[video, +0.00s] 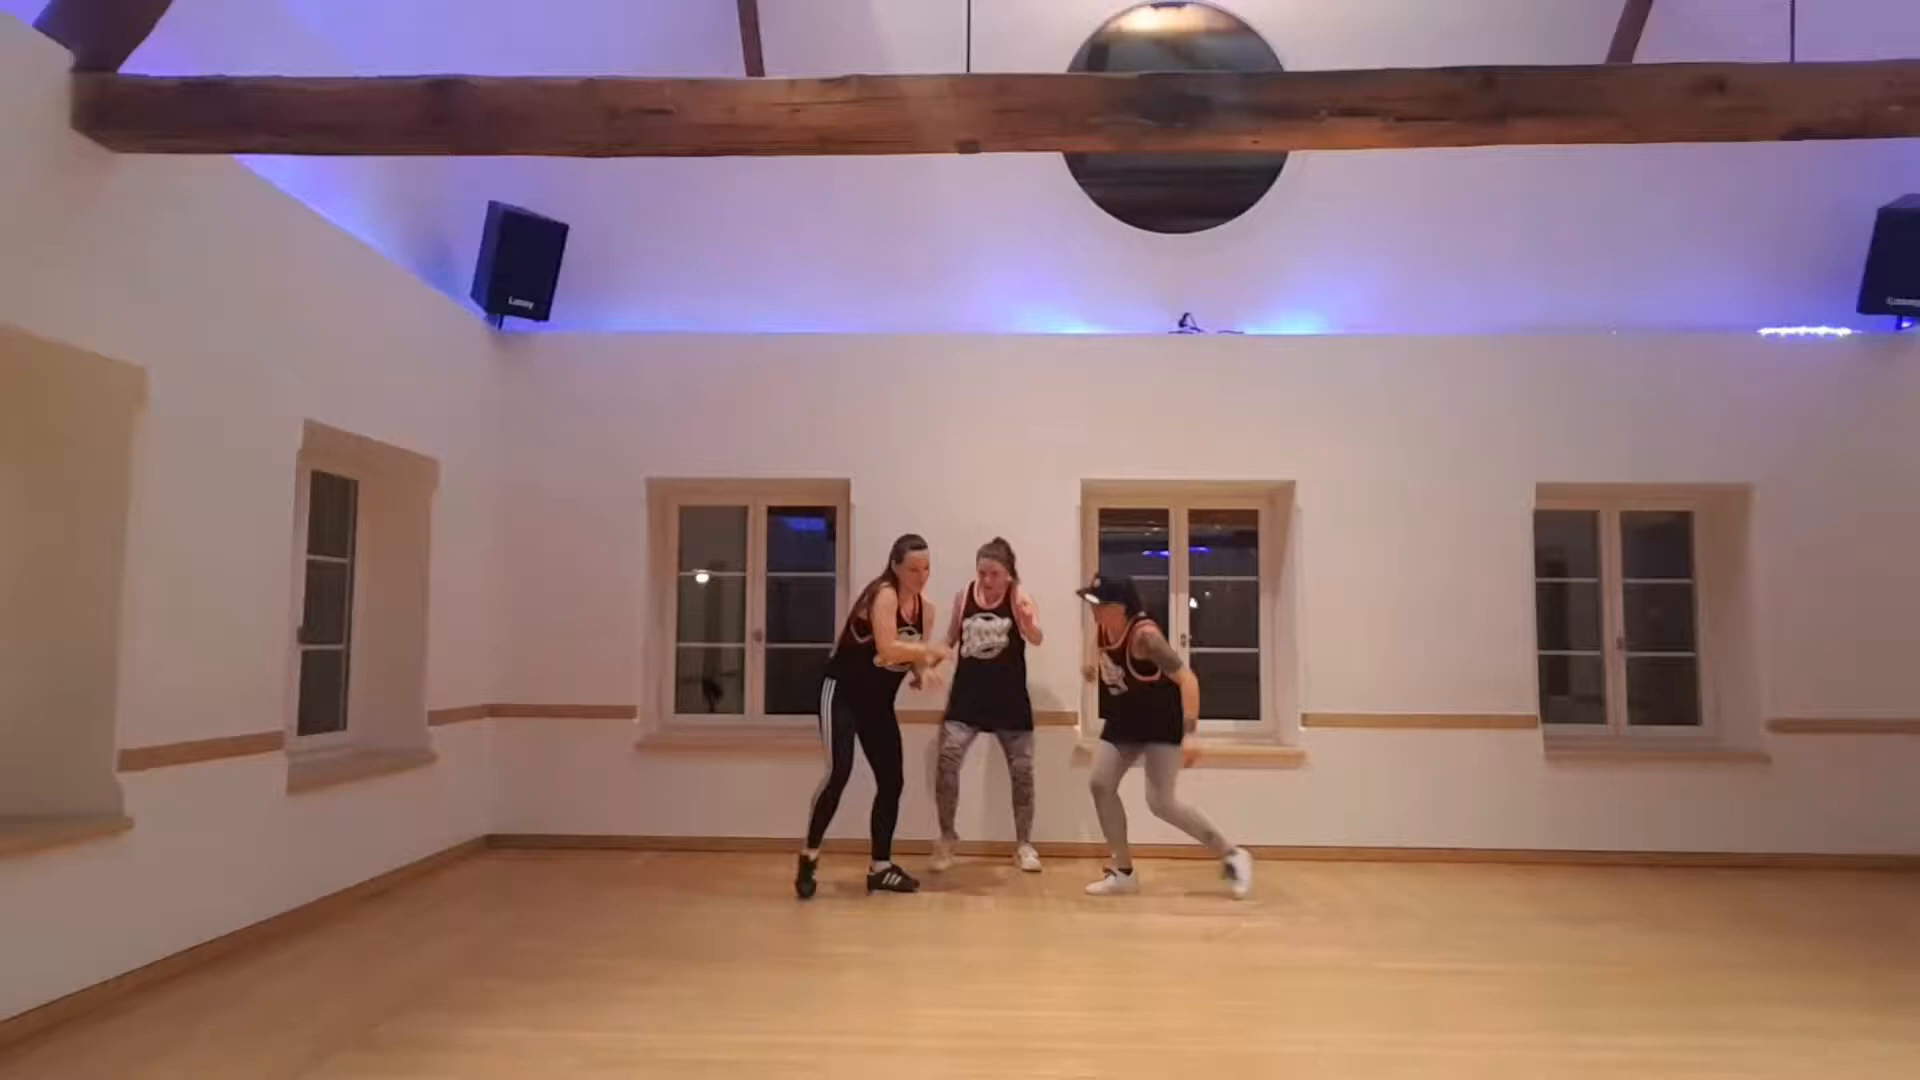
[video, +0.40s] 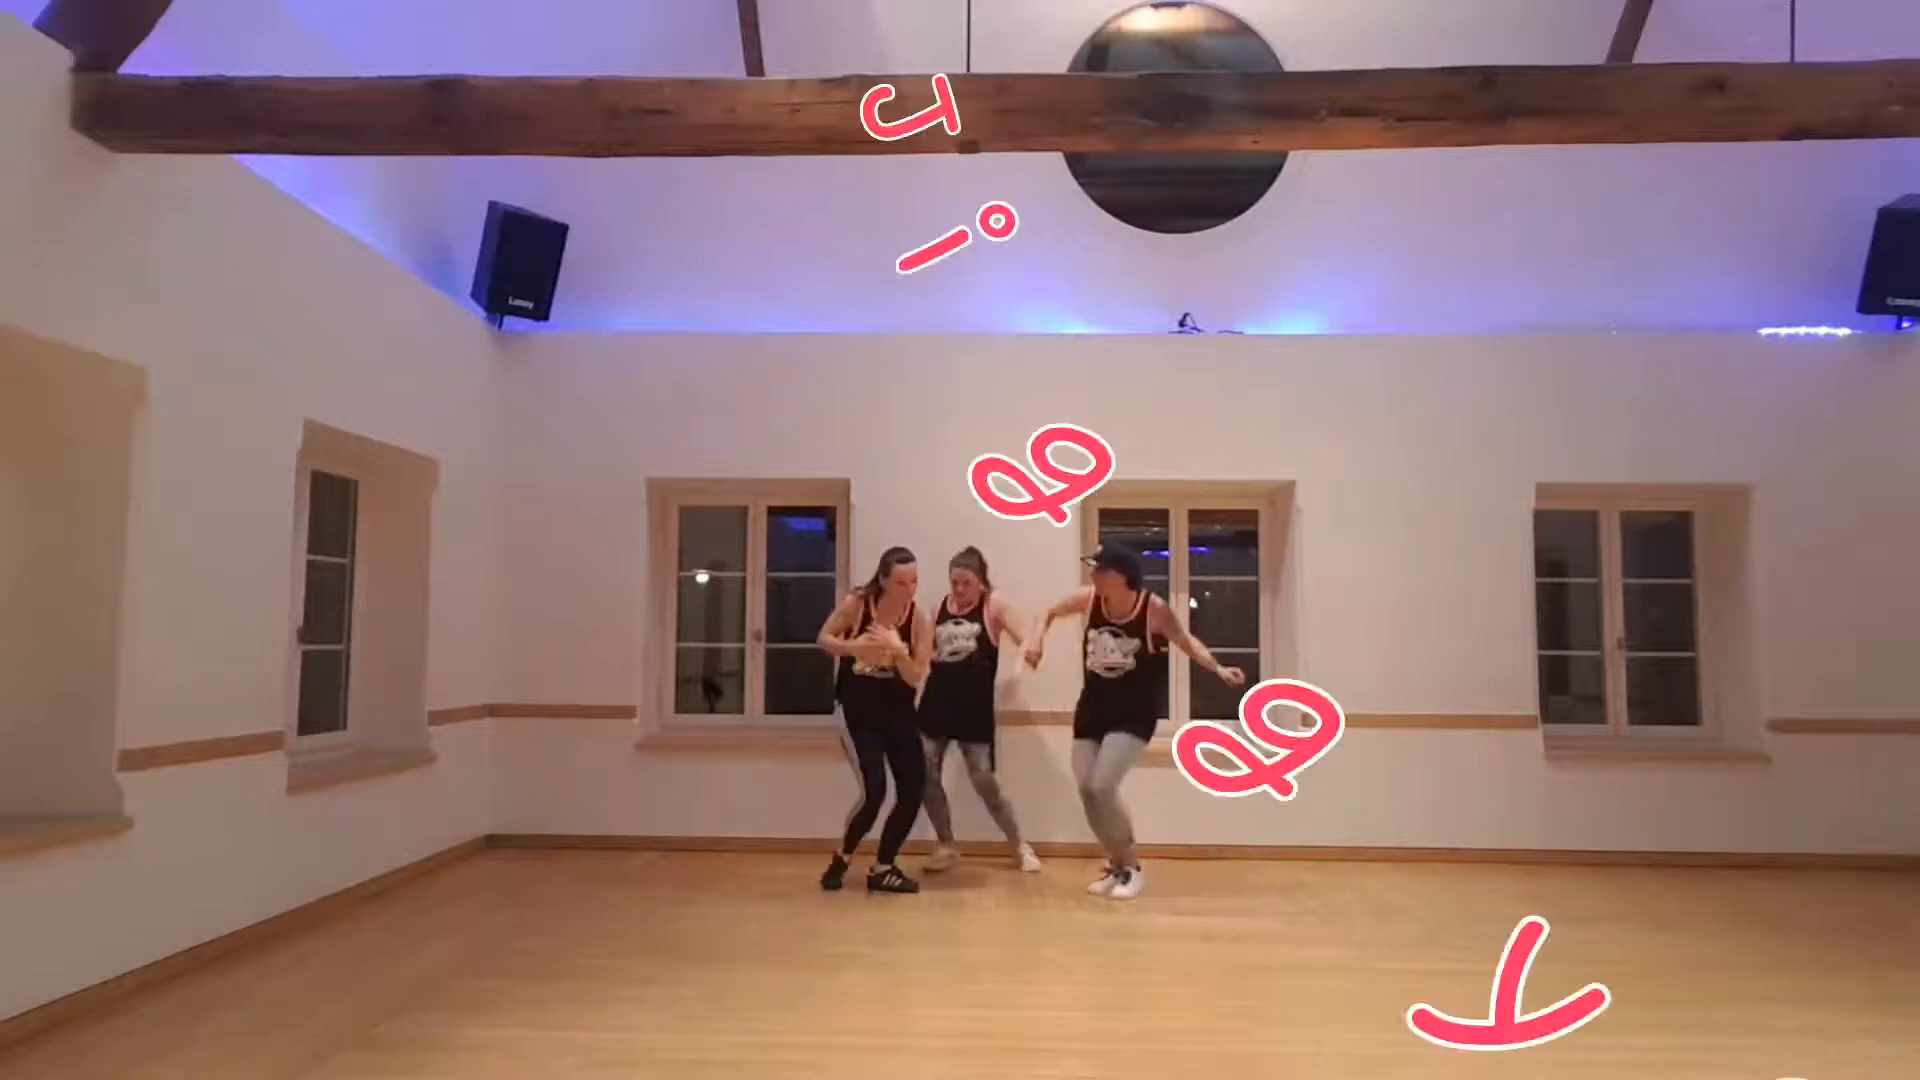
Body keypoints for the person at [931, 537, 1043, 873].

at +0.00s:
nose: (988, 580)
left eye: (995, 574)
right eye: (983, 573)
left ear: (1010, 574)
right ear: (976, 571)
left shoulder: (1019, 598)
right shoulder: (964, 597)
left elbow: (1036, 638)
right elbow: (951, 639)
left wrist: (1022, 617)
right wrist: (932, 664)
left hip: (1009, 698)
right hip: (968, 695)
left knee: (1022, 768)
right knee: (948, 757)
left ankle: (1024, 844)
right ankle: (947, 838)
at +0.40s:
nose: (959, 589)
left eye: (966, 583)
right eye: (954, 582)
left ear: (982, 582)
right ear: (948, 580)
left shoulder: (993, 607)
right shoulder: (940, 609)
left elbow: (1024, 636)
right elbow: (925, 650)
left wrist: (1025, 661)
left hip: (974, 704)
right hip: (936, 701)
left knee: (983, 777)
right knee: (926, 774)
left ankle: (1019, 845)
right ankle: (946, 845)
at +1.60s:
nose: (1004, 576)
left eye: (1011, 570)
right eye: (999, 570)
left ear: (1025, 573)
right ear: (993, 570)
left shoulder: (1031, 604)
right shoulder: (974, 602)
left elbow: (1054, 638)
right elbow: (945, 634)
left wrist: (1079, 664)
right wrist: (947, 677)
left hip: (1020, 691)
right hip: (984, 693)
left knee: (1022, 771)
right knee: (990, 766)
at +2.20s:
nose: (990, 574)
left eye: (998, 570)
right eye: (991, 569)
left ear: (1017, 580)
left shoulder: (1021, 621)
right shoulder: (987, 602)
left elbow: (976, 651)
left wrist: (956, 618)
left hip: (992, 707)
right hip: (955, 699)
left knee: (1005, 781)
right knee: (941, 772)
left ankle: (1011, 847)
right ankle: (939, 843)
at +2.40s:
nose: (970, 562)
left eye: (978, 558)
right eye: (971, 556)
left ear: (996, 567)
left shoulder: (1000, 599)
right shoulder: (976, 599)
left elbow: (968, 622)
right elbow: (961, 629)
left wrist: (954, 584)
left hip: (990, 696)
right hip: (957, 693)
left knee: (1002, 775)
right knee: (943, 767)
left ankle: (1014, 843)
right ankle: (939, 840)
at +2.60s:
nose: (942, 549)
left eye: (949, 545)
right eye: (943, 544)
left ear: (968, 554)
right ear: (949, 554)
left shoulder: (979, 586)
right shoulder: (948, 593)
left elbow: (987, 576)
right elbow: (940, 644)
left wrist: (963, 548)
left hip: (987, 688)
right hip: (950, 688)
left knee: (996, 764)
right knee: (944, 766)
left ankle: (1016, 835)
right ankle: (939, 836)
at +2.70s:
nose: (933, 556)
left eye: (940, 551)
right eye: (934, 551)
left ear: (955, 558)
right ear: (938, 559)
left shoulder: (966, 577)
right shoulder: (935, 591)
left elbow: (1004, 589)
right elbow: (925, 641)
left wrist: (972, 560)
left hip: (980, 686)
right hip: (944, 687)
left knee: (987, 767)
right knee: (942, 773)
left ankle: (1017, 839)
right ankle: (942, 843)